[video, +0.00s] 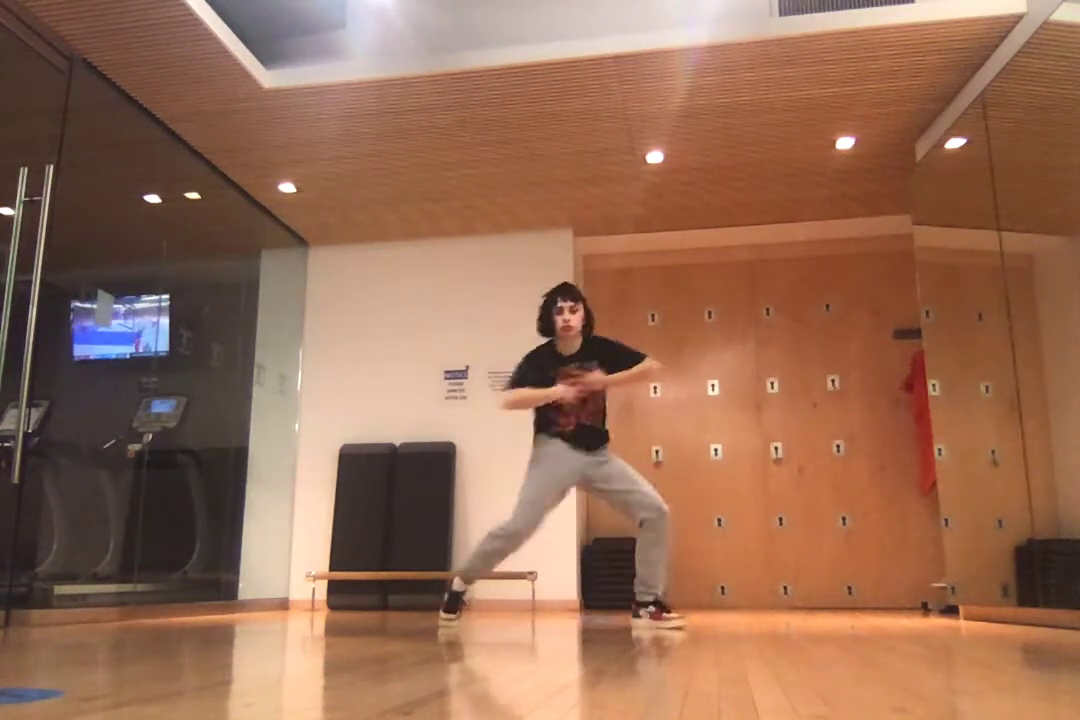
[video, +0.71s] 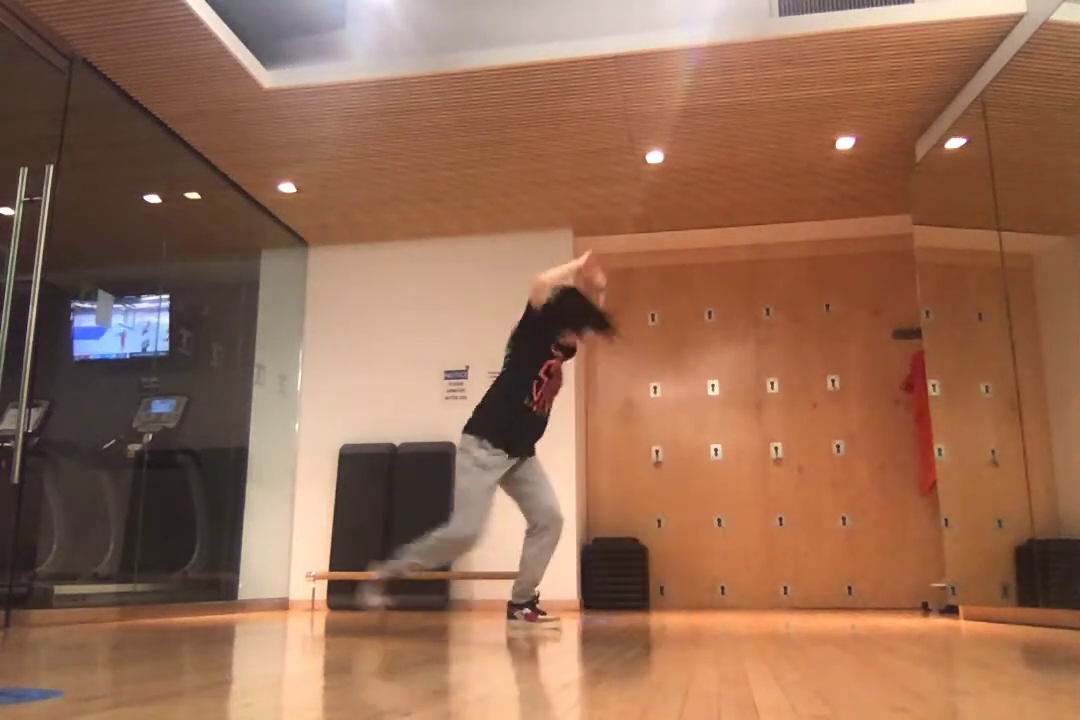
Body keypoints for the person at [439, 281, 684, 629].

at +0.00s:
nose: (567, 317)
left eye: (574, 310)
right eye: (559, 311)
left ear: (585, 315)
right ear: (549, 318)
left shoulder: (600, 349)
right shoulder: (540, 358)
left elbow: (652, 366)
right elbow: (510, 399)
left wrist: (605, 381)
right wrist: (556, 393)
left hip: (597, 456)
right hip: (554, 454)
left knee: (654, 512)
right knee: (521, 525)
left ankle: (647, 602)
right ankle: (459, 586)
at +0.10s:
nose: (585, 300)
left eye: (588, 293)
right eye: (576, 295)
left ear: (597, 301)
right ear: (563, 306)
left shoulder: (607, 340)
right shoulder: (560, 343)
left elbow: (632, 353)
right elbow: (544, 388)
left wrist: (620, 362)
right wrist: (588, 370)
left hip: (602, 452)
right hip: (566, 444)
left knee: (656, 514)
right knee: (526, 525)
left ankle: (647, 603)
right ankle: (463, 584)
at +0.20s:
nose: (610, 294)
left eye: (608, 288)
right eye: (603, 288)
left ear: (594, 296)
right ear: (584, 294)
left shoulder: (601, 337)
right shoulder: (576, 332)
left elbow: (585, 383)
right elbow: (553, 385)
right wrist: (601, 364)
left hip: (611, 447)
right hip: (573, 441)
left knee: (659, 514)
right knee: (526, 516)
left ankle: (650, 604)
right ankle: (468, 582)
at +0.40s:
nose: (609, 306)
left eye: (608, 299)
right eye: (604, 299)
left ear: (584, 300)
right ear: (587, 301)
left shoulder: (593, 337)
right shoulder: (562, 331)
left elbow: (589, 383)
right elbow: (541, 372)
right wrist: (589, 351)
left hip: (598, 450)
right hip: (562, 444)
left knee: (635, 513)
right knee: (539, 531)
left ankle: (648, 603)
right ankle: (474, 587)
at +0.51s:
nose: (600, 326)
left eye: (605, 320)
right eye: (600, 317)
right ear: (584, 307)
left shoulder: (580, 343)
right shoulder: (552, 328)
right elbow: (521, 343)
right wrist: (559, 312)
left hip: (553, 445)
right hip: (518, 438)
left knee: (593, 504)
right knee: (520, 529)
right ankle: (468, 590)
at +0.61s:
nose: (602, 348)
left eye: (606, 343)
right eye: (603, 340)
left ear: (591, 325)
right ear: (590, 327)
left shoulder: (572, 347)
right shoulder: (549, 328)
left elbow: (582, 317)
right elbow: (516, 306)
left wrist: (572, 295)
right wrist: (553, 286)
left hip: (531, 449)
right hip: (494, 442)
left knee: (551, 517)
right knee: (504, 526)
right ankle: (454, 584)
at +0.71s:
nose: (577, 341)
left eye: (581, 336)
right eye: (573, 333)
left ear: (581, 333)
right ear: (559, 322)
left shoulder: (561, 348)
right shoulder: (532, 333)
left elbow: (583, 319)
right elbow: (541, 286)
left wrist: (593, 288)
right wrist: (575, 266)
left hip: (519, 454)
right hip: (482, 446)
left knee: (548, 520)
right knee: (465, 530)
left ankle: (522, 603)